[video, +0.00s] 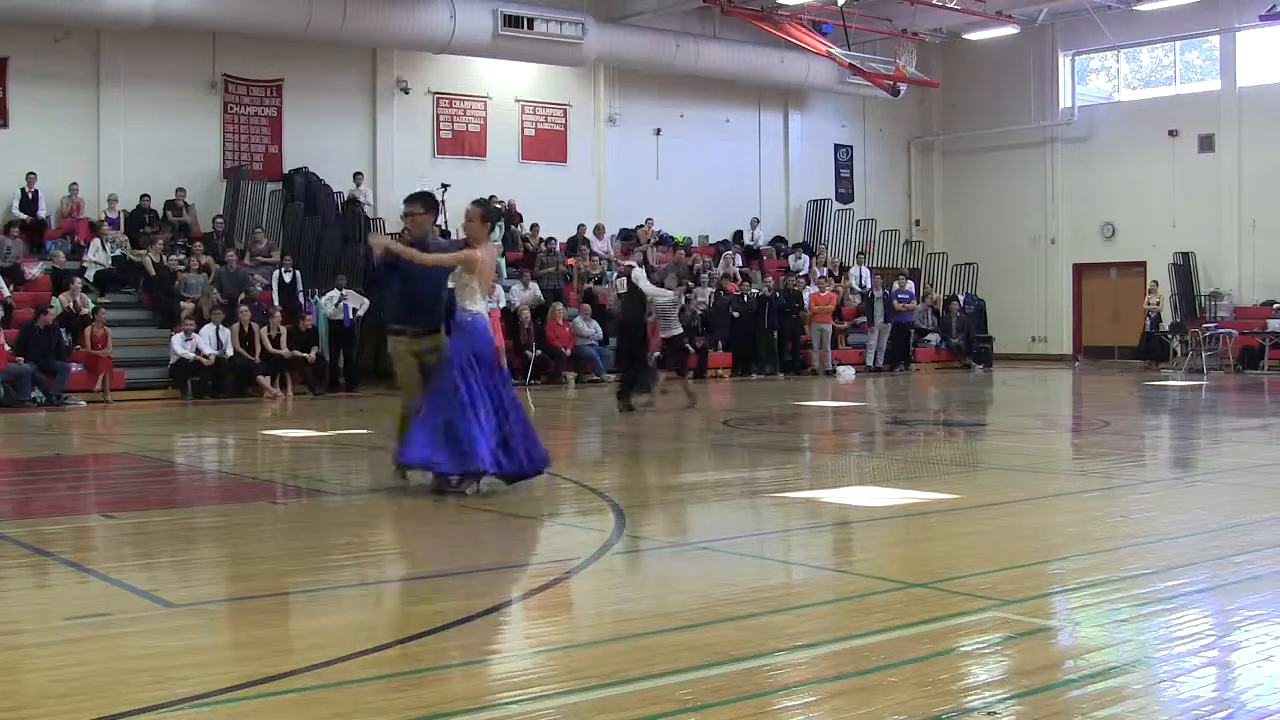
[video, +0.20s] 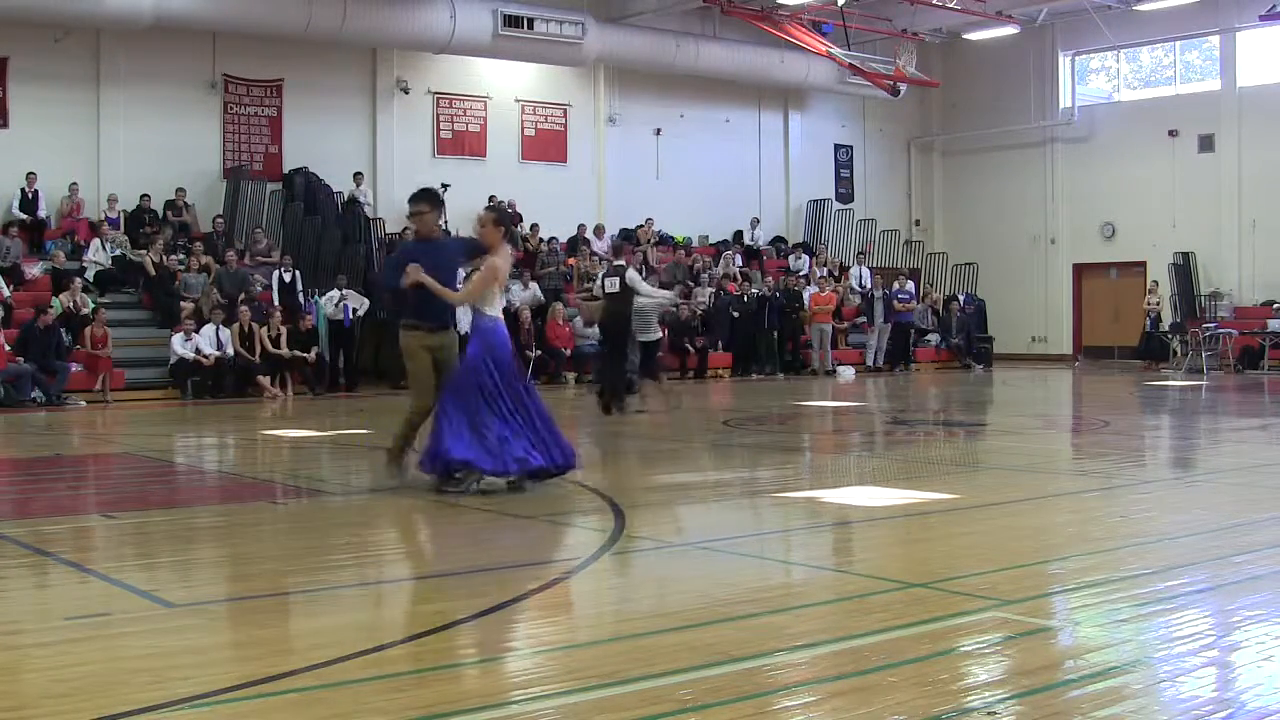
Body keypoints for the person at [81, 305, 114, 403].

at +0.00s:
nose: (105, 316)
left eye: (105, 313)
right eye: (102, 314)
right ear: (95, 316)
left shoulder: (107, 330)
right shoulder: (88, 330)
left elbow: (109, 348)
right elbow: (89, 350)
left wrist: (104, 352)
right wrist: (101, 352)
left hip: (103, 355)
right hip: (92, 355)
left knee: (104, 359)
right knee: (106, 365)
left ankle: (99, 382)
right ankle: (107, 394)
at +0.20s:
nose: (105, 316)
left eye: (105, 313)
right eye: (102, 314)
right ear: (95, 316)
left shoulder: (107, 330)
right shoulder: (88, 330)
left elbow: (109, 348)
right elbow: (89, 350)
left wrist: (102, 352)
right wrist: (100, 352)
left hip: (103, 355)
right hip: (92, 356)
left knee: (104, 360)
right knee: (106, 365)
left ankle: (99, 382)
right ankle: (107, 394)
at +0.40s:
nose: (105, 316)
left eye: (105, 313)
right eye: (102, 313)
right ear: (95, 315)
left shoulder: (107, 330)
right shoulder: (88, 330)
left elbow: (109, 348)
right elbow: (88, 350)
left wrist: (103, 352)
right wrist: (99, 352)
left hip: (103, 355)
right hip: (92, 356)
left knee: (104, 360)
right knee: (106, 365)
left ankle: (98, 382)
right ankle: (107, 394)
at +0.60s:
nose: (105, 316)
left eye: (105, 313)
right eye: (102, 313)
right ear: (95, 315)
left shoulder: (107, 330)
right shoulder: (88, 330)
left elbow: (109, 348)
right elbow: (88, 349)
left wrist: (102, 352)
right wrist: (99, 352)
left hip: (103, 355)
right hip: (92, 356)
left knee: (104, 361)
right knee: (106, 366)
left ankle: (99, 382)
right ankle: (107, 394)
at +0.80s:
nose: (104, 316)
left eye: (105, 313)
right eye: (101, 313)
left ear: (105, 315)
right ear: (95, 315)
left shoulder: (107, 330)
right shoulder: (88, 330)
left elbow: (109, 347)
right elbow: (88, 349)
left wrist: (105, 351)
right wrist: (99, 352)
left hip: (103, 354)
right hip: (93, 355)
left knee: (104, 361)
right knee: (106, 365)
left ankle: (98, 381)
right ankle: (107, 393)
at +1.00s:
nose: (104, 316)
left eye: (105, 313)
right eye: (101, 313)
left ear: (105, 315)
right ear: (95, 315)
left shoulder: (107, 330)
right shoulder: (88, 330)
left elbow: (109, 347)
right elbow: (88, 349)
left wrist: (105, 351)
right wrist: (99, 352)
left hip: (103, 354)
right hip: (92, 355)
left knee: (104, 361)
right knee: (106, 365)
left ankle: (99, 381)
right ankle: (107, 393)